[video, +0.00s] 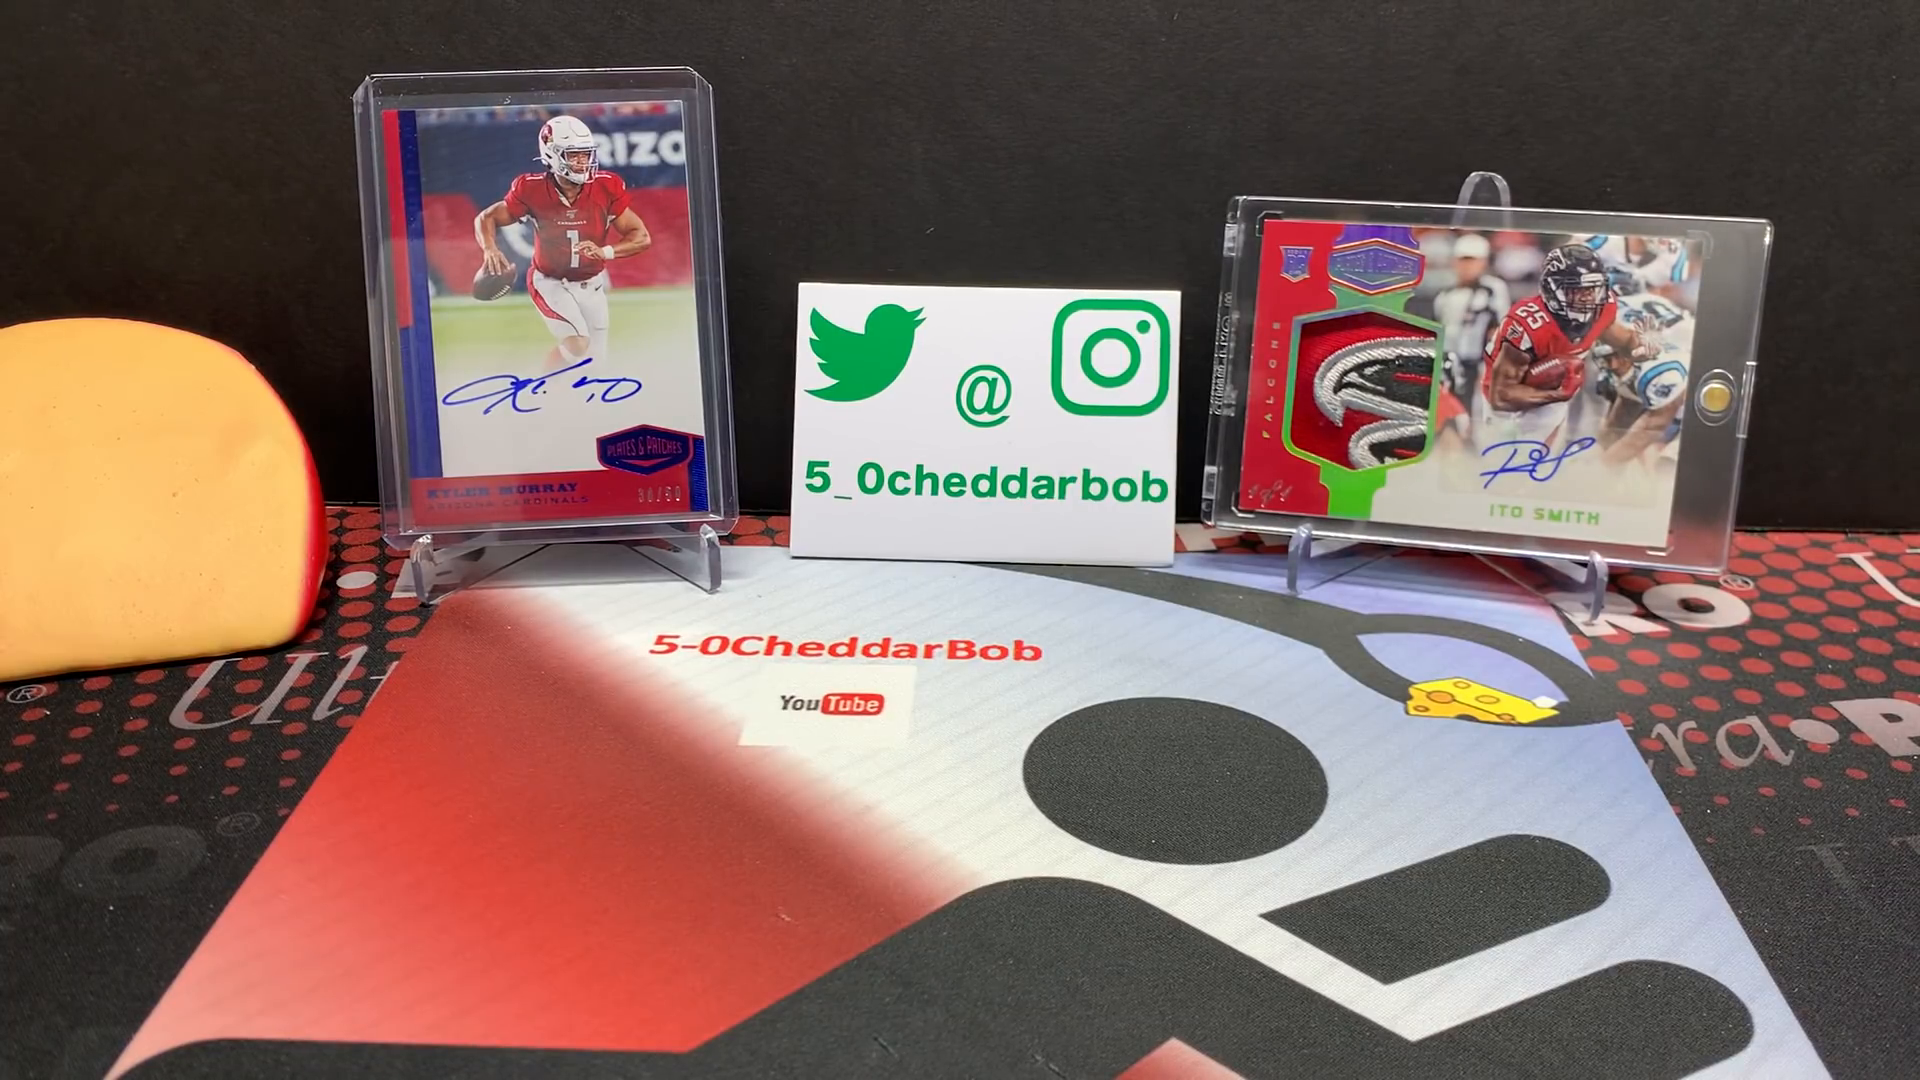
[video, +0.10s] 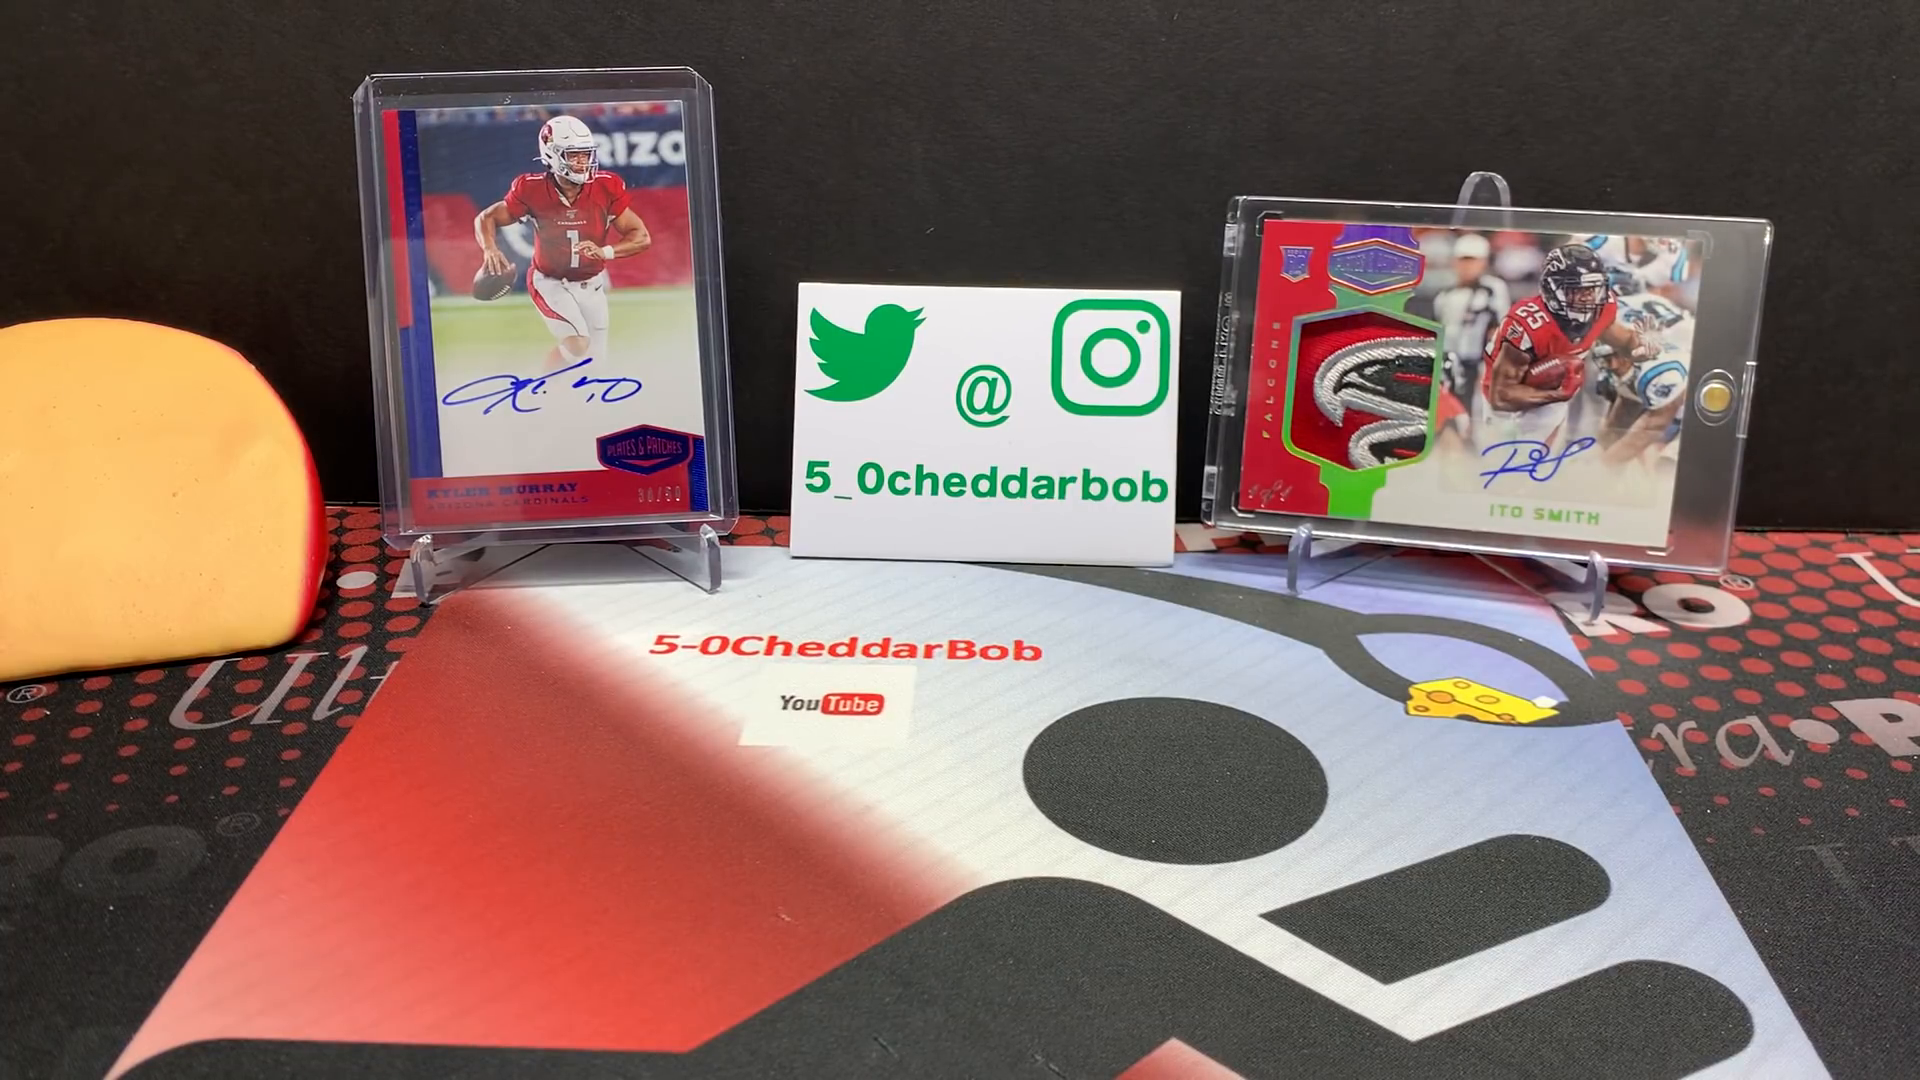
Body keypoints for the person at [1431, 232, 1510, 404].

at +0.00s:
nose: (1467, 265)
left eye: (1473, 259)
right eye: (1463, 259)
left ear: (1484, 261)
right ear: (1455, 261)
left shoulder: (1495, 288)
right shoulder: (1443, 297)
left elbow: (1502, 328)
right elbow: (1440, 333)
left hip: (1482, 366)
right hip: (1450, 366)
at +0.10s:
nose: (1467, 265)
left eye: (1473, 259)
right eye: (1463, 259)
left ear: (1484, 261)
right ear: (1456, 261)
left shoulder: (1495, 288)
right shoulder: (1443, 297)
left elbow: (1502, 328)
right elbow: (1440, 333)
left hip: (1482, 366)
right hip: (1450, 365)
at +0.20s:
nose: (1467, 265)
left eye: (1473, 259)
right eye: (1463, 259)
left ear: (1484, 261)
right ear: (1455, 261)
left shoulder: (1495, 288)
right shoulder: (1443, 297)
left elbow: (1502, 328)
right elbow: (1440, 333)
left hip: (1482, 366)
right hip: (1450, 365)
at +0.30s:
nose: (1467, 266)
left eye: (1473, 259)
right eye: (1463, 259)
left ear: (1484, 261)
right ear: (1455, 262)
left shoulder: (1495, 288)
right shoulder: (1443, 297)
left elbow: (1501, 328)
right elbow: (1440, 333)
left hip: (1483, 366)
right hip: (1451, 366)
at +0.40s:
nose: (1467, 266)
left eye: (1473, 259)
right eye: (1463, 259)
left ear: (1484, 261)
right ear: (1455, 262)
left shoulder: (1495, 288)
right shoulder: (1443, 297)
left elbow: (1501, 328)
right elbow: (1440, 333)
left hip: (1482, 366)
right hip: (1450, 366)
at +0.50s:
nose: (1467, 266)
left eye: (1473, 259)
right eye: (1463, 259)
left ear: (1484, 262)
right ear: (1455, 262)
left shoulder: (1495, 288)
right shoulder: (1443, 297)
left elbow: (1502, 328)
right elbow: (1440, 333)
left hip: (1482, 366)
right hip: (1450, 366)